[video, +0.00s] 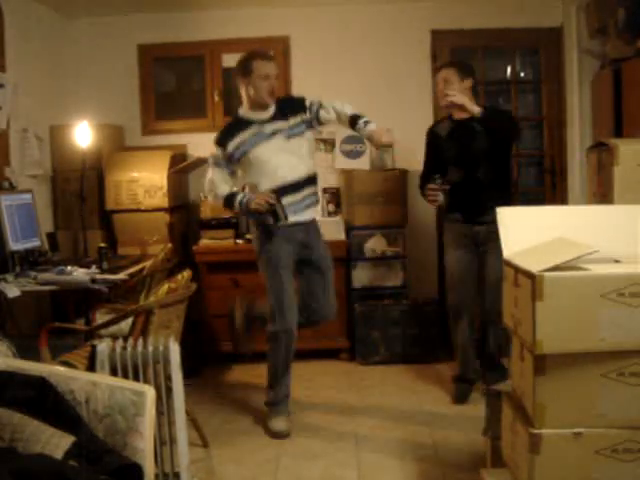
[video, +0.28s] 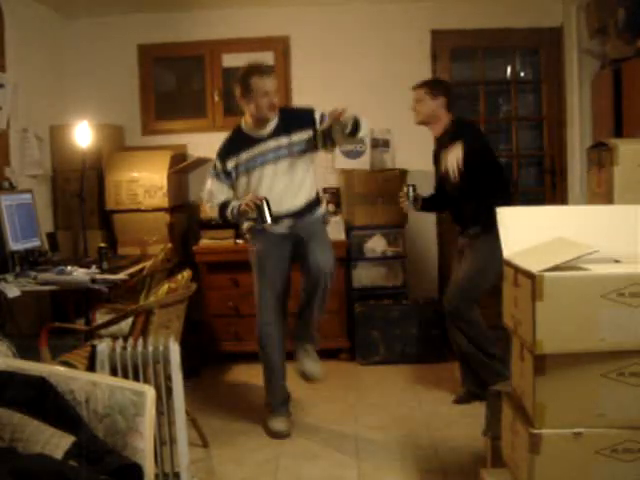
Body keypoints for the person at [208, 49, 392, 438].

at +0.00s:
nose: (272, 86)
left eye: (274, 79)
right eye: (264, 79)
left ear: (277, 80)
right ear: (243, 83)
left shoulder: (296, 109)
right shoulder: (231, 137)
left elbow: (335, 113)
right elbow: (217, 187)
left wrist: (368, 130)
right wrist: (245, 199)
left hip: (308, 226)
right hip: (274, 233)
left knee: (320, 310)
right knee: (285, 321)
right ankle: (278, 405)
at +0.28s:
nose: (273, 101)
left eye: (275, 93)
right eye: (264, 96)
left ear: (279, 92)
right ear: (244, 99)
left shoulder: (301, 121)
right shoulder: (231, 149)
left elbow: (346, 136)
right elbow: (213, 198)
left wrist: (345, 124)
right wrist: (239, 207)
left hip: (309, 218)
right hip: (267, 229)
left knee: (322, 267)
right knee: (269, 315)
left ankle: (305, 341)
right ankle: (277, 405)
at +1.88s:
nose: (378, 90)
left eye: (379, 82)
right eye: (375, 81)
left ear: (358, 80)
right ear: (352, 77)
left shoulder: (372, 118)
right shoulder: (302, 116)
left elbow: (418, 134)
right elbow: (275, 169)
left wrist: (475, 148)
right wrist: (320, 182)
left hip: (358, 216)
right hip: (327, 217)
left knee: (367, 309)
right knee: (416, 261)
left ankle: (337, 401)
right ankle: (499, 309)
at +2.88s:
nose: (376, 105)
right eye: (378, 100)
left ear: (343, 93)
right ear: (379, 99)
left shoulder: (317, 113)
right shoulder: (394, 138)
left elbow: (286, 146)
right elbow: (442, 195)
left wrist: (308, 196)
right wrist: (422, 171)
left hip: (327, 232)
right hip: (371, 246)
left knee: (399, 242)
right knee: (382, 334)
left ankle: (444, 281)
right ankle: (352, 432)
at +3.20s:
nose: (389, 68)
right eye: (391, 62)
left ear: (353, 59)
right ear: (390, 60)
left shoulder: (326, 97)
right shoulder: (408, 96)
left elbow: (308, 161)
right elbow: (432, 157)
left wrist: (340, 155)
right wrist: (420, 170)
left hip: (338, 221)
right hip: (382, 221)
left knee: (360, 312)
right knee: (392, 315)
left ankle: (367, 413)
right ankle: (328, 372)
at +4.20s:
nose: (409, 112)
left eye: (416, 102)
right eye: (403, 104)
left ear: (438, 97)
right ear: (399, 103)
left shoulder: (465, 128)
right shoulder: (395, 135)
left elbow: (481, 153)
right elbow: (374, 172)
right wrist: (384, 183)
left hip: (439, 238)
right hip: (400, 226)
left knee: (427, 336)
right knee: (352, 207)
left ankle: (437, 417)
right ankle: (383, 297)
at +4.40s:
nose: (414, 84)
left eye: (420, 76)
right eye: (410, 79)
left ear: (442, 69)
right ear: (414, 76)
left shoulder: (465, 104)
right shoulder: (426, 107)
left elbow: (447, 115)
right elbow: (426, 155)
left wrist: (386, 87)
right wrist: (409, 159)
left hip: (446, 225)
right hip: (411, 211)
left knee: (432, 322)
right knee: (350, 215)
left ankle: (435, 418)